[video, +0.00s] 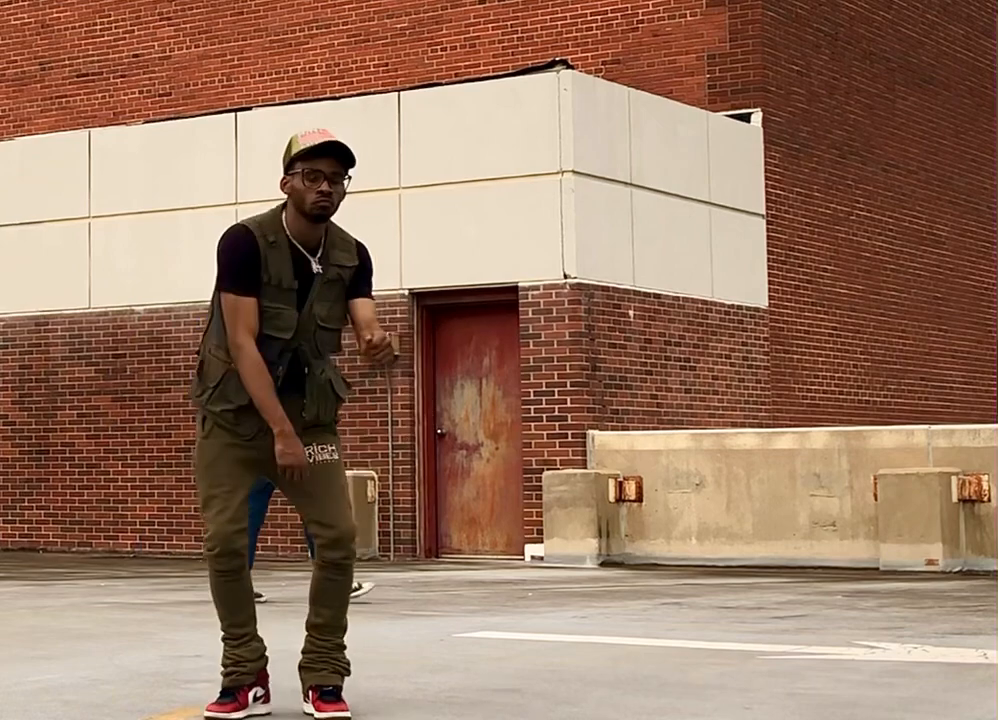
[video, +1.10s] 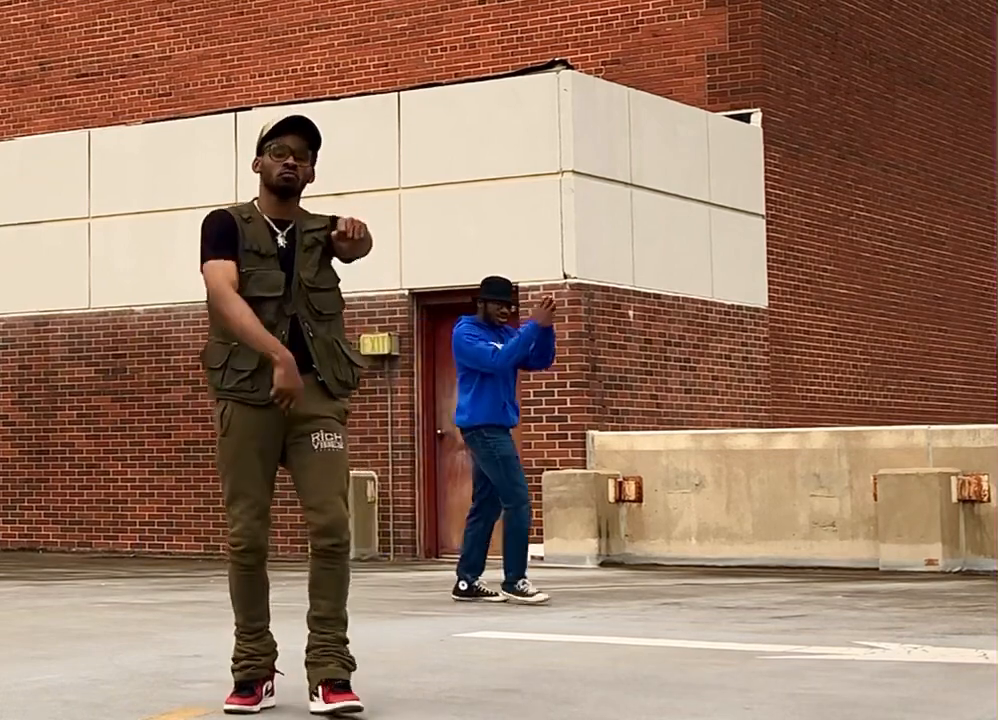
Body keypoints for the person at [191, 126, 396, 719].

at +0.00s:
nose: (324, 188)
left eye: (335, 180)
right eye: (312, 177)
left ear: (346, 188)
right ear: (286, 181)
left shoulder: (352, 256)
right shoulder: (244, 243)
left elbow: (366, 324)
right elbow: (242, 346)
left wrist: (378, 342)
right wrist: (282, 430)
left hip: (310, 415)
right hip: (234, 414)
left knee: (337, 542)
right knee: (224, 544)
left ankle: (324, 677)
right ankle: (244, 674)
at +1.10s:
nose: (290, 163)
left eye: (301, 158)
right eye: (280, 153)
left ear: (311, 172)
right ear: (257, 162)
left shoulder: (321, 232)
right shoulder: (226, 223)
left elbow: (354, 247)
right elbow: (222, 301)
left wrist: (356, 242)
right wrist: (278, 353)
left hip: (318, 398)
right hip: (247, 400)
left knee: (331, 533)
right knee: (247, 541)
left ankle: (329, 671)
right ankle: (252, 670)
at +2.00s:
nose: (276, 196)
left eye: (286, 186)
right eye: (267, 187)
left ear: (308, 186)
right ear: (256, 193)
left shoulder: (335, 223)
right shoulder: (255, 260)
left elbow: (342, 224)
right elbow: (217, 311)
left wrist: (298, 234)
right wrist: (255, 294)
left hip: (323, 400)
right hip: (261, 401)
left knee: (322, 535)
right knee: (238, 509)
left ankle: (322, 655)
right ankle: (248, 642)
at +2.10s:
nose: (272, 189)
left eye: (283, 180)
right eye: (263, 180)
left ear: (306, 183)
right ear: (254, 186)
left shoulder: (331, 219)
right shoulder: (259, 258)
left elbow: (333, 219)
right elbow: (218, 322)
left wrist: (290, 234)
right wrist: (251, 289)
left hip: (326, 397)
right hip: (265, 399)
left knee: (321, 532)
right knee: (239, 511)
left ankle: (321, 653)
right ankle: (244, 641)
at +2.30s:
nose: (266, 194)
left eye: (278, 185)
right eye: (257, 184)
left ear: (299, 192)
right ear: (247, 190)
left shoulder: (319, 223)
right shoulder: (251, 266)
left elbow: (322, 227)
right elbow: (211, 328)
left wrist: (287, 247)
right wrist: (235, 293)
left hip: (330, 399)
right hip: (270, 402)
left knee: (321, 532)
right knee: (242, 521)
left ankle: (321, 655)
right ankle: (240, 650)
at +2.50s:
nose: (267, 201)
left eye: (278, 193)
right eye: (258, 193)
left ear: (297, 198)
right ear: (244, 198)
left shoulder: (320, 235)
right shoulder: (236, 263)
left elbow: (325, 230)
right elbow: (198, 307)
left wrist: (273, 237)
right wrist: (240, 288)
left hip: (316, 407)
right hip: (250, 409)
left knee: (318, 540)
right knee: (217, 522)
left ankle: (320, 655)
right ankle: (223, 637)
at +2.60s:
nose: (266, 219)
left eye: (276, 211)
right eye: (257, 211)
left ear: (295, 214)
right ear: (243, 214)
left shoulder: (314, 253)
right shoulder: (225, 273)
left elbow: (322, 249)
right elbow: (186, 300)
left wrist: (274, 247)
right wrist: (241, 288)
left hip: (308, 423)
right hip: (240, 425)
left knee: (320, 554)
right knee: (209, 543)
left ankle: (319, 657)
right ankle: (211, 648)